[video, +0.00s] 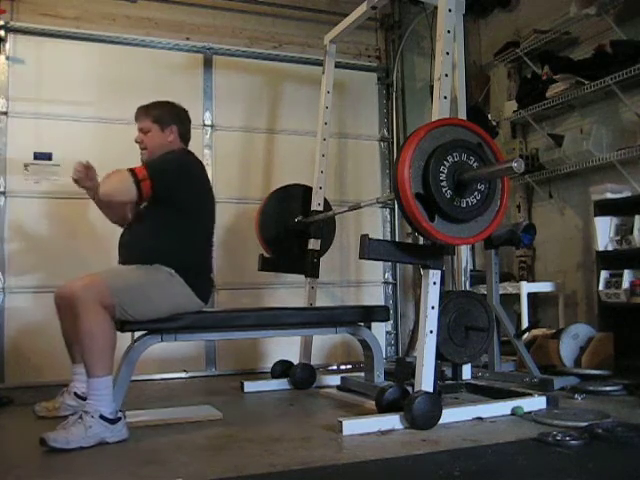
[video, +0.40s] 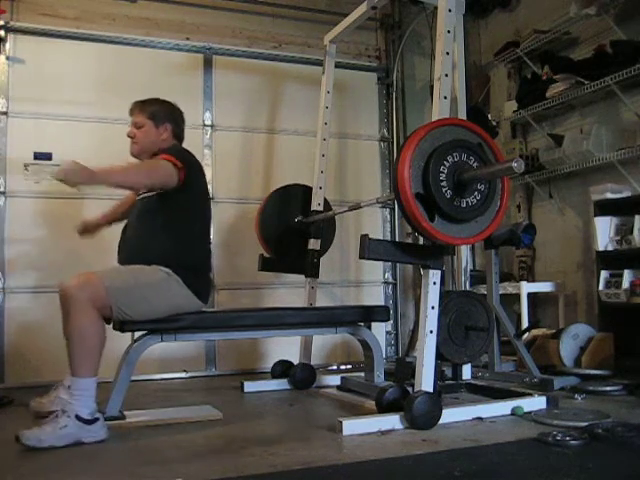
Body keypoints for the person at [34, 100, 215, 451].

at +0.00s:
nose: (138, 140)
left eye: (145, 132)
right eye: (138, 133)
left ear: (171, 134)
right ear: (168, 136)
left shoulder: (180, 163)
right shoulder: (164, 170)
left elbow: (115, 188)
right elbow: (125, 217)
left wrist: (109, 186)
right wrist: (93, 189)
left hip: (178, 280)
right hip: (153, 277)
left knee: (87, 293)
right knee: (66, 297)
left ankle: (105, 416)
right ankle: (82, 393)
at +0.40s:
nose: (130, 133)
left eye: (138, 127)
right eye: (131, 126)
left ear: (165, 132)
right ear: (159, 133)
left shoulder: (180, 160)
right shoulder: (154, 172)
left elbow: (152, 175)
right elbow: (132, 203)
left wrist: (91, 175)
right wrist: (100, 221)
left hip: (178, 281)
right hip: (154, 278)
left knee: (82, 292)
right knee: (72, 291)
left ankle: (85, 415)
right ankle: (75, 390)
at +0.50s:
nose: (120, 130)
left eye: (128, 123)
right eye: (121, 123)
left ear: (155, 129)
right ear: (149, 131)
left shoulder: (173, 161)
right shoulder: (147, 170)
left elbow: (178, 194)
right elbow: (155, 231)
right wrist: (117, 243)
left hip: (177, 280)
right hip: (154, 276)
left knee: (83, 292)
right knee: (75, 292)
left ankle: (86, 415)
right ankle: (72, 393)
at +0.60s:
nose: (114, 129)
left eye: (121, 122)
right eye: (114, 122)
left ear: (148, 124)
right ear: (145, 126)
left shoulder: (169, 161)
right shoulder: (146, 164)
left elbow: (190, 206)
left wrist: (179, 241)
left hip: (172, 281)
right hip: (148, 276)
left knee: (83, 293)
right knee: (74, 292)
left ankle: (87, 415)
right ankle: (72, 392)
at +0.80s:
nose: (108, 128)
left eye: (115, 120)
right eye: (108, 120)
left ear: (142, 120)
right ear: (140, 122)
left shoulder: (158, 158)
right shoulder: (136, 162)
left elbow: (182, 212)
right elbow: (145, 226)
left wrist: (145, 252)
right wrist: (106, 260)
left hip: (169, 278)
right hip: (144, 274)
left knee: (83, 296)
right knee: (68, 293)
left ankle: (86, 416)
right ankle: (70, 391)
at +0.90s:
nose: (101, 130)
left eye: (107, 122)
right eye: (100, 123)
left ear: (134, 123)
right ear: (128, 125)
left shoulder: (151, 162)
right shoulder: (129, 165)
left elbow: (163, 216)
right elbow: (130, 230)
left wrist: (97, 253)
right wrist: (88, 256)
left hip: (169, 278)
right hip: (142, 275)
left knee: (83, 292)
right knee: (66, 289)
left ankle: (87, 416)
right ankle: (70, 391)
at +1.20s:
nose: (64, 142)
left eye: (70, 133)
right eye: (63, 134)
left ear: (97, 129)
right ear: (93, 132)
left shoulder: (114, 168)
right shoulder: (99, 171)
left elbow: (113, 224)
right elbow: (98, 228)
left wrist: (51, 250)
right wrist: (52, 248)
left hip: (165, 276)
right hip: (143, 274)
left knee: (77, 295)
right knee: (69, 292)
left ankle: (87, 417)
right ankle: (71, 394)